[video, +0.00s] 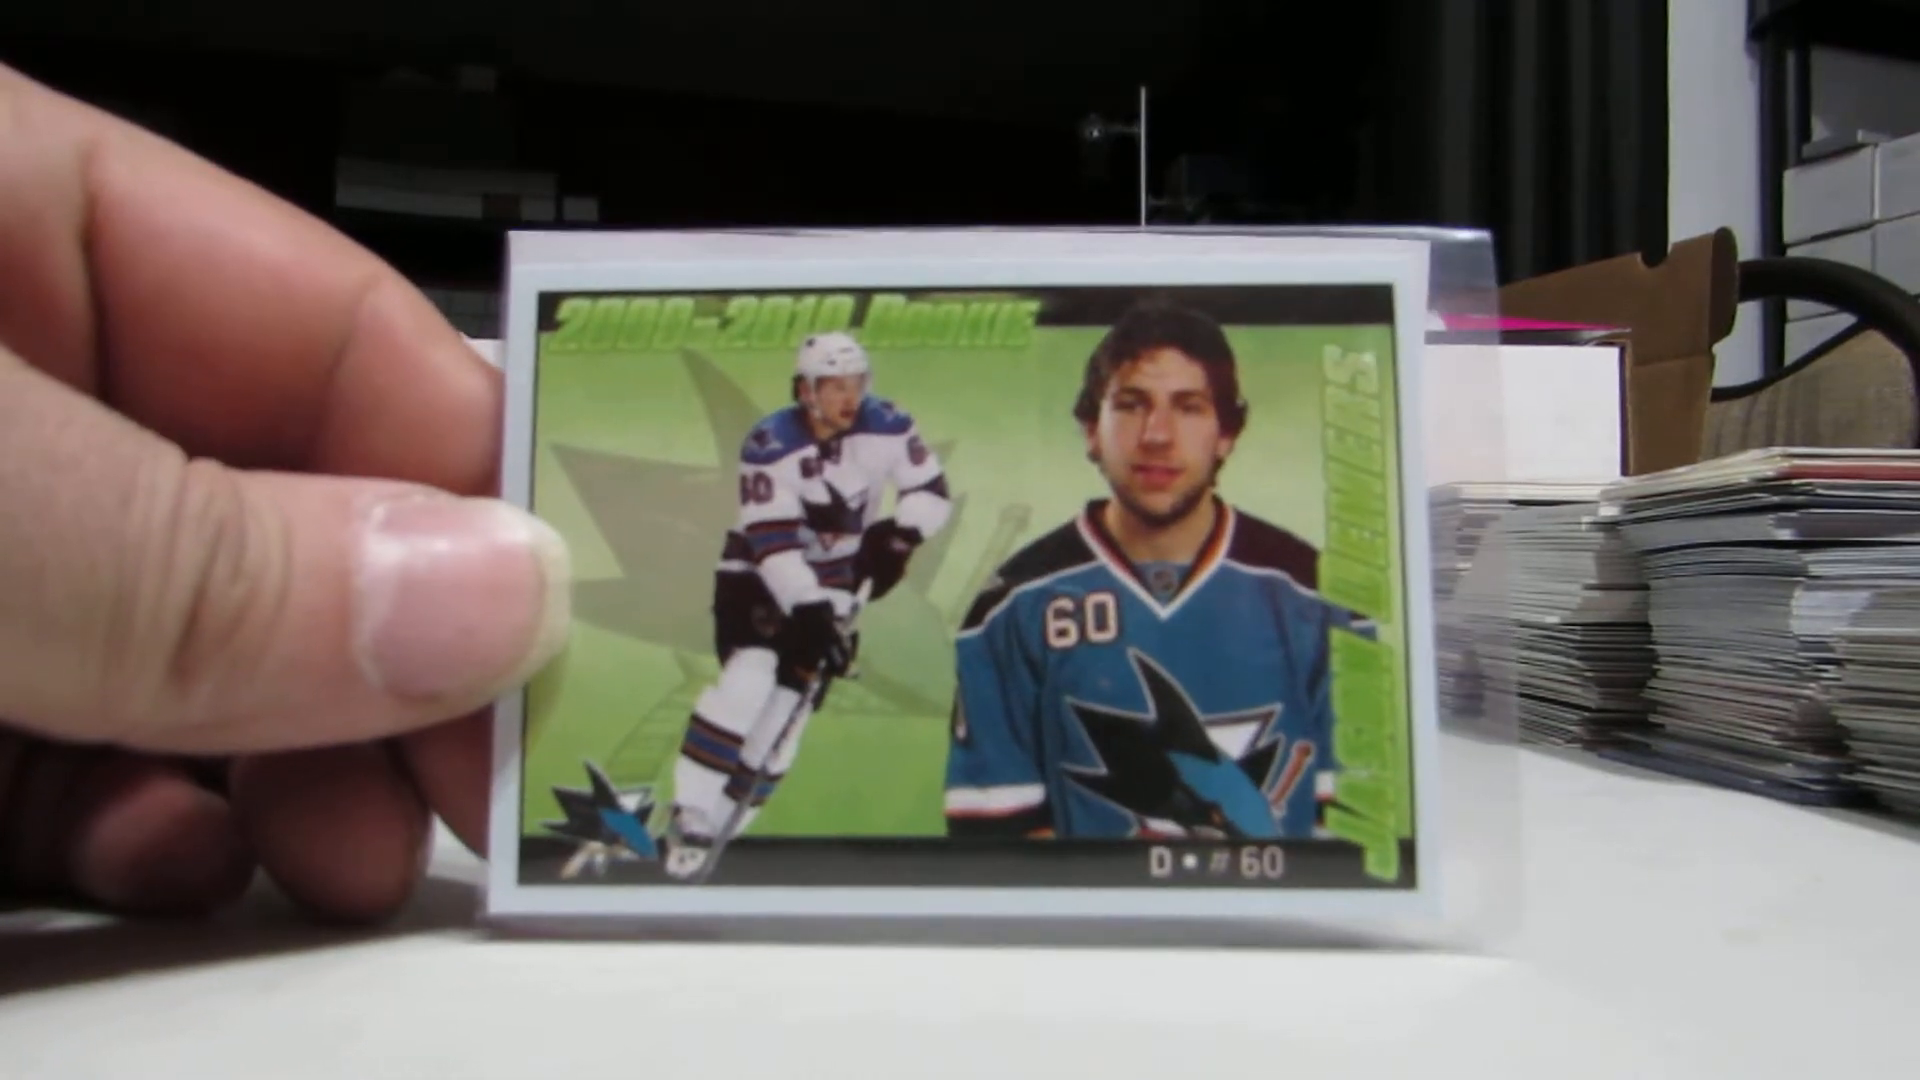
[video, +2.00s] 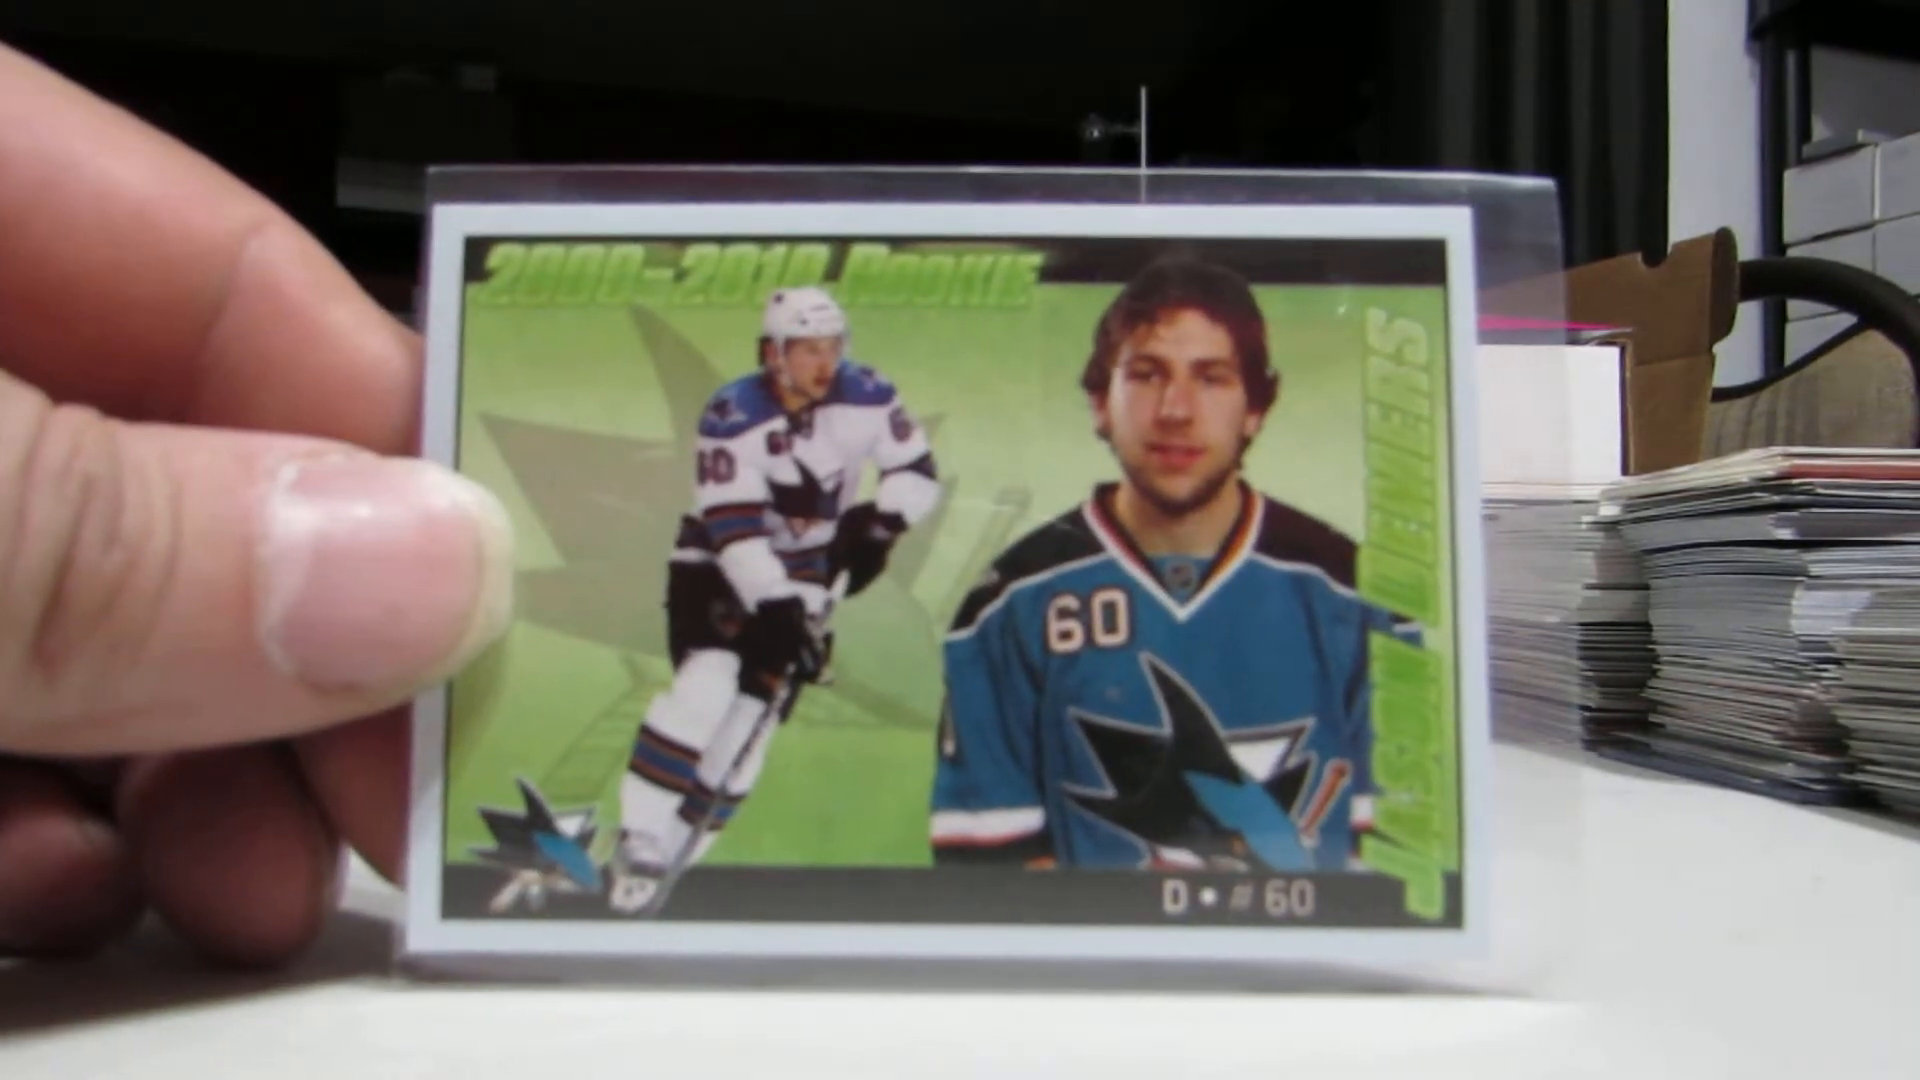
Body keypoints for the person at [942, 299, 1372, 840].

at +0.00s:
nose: (1157, 433)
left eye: (1187, 407)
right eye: (1131, 405)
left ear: (1225, 435)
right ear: (1092, 432)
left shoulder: (1315, 590)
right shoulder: (1017, 604)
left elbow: (1356, 823)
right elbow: (998, 839)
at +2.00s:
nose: (1175, 408)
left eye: (1210, 377)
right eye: (1145, 374)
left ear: (1254, 410)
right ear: (1101, 404)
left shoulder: (1350, 586)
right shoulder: (1014, 603)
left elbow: (1394, 850)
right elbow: (990, 874)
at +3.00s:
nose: (1175, 409)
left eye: (1210, 379)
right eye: (1146, 375)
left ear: (1254, 412)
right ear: (1101, 404)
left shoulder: (1348, 585)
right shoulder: (1015, 600)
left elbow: (1393, 852)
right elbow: (989, 874)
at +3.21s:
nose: (1175, 409)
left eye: (1211, 379)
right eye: (1146, 375)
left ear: (1254, 412)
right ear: (1101, 405)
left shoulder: (1347, 585)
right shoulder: (1015, 600)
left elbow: (1392, 852)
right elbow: (987, 875)